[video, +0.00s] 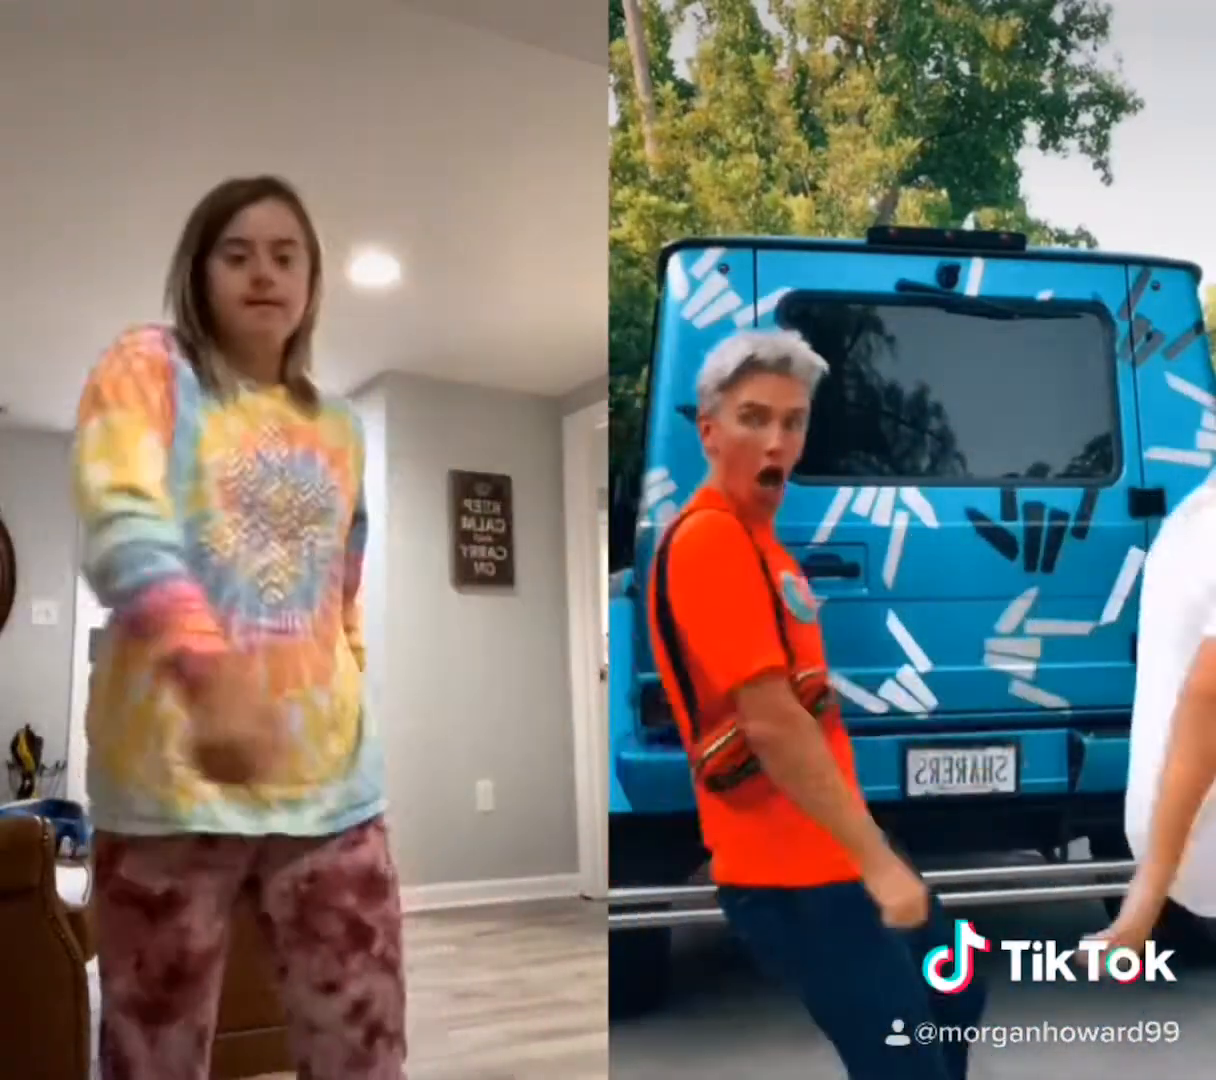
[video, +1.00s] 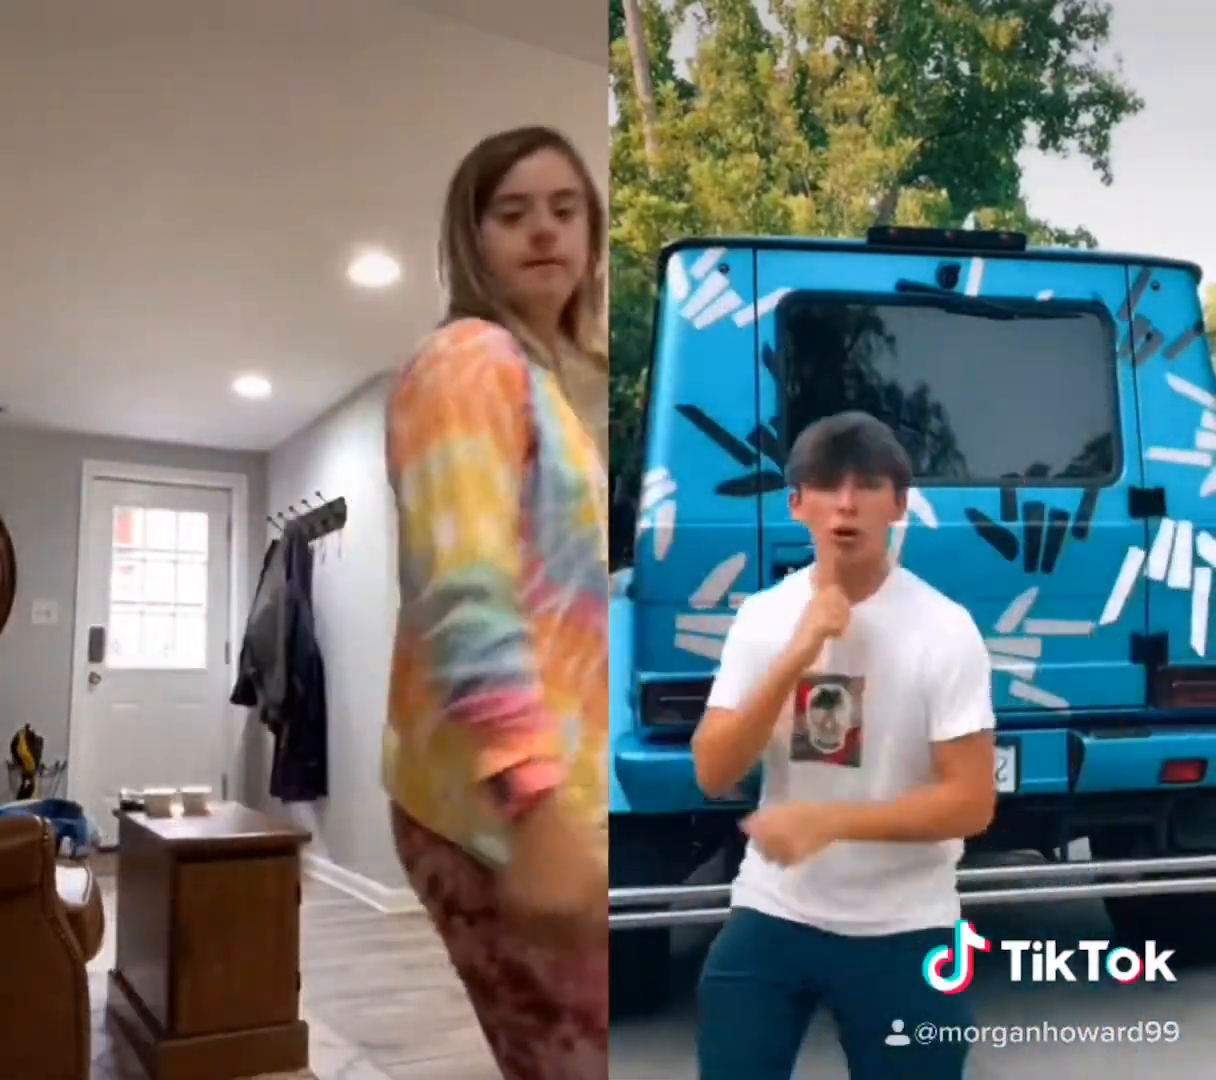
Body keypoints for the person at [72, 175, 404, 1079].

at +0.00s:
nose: (264, 274)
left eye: (286, 255)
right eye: (237, 253)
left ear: (312, 281)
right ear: (198, 276)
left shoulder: (340, 427)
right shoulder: (145, 366)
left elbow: (343, 596)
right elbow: (120, 530)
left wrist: (340, 707)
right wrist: (209, 672)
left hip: (328, 790)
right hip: (169, 793)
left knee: (362, 1054)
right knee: (156, 1060)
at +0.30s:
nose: (347, 282)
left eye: (369, 263)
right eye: (319, 263)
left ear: (395, 292)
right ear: (280, 288)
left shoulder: (428, 443)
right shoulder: (223, 429)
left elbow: (452, 632)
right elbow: (197, 626)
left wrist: (467, 781)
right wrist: (264, 792)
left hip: (418, 822)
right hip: (262, 831)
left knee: (495, 1063)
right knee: (228, 1067)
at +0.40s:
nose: (394, 292)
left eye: (415, 273)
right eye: (366, 274)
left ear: (443, 300)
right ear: (329, 301)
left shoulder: (481, 452)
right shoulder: (279, 445)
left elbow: (522, 636)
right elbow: (221, 646)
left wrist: (551, 794)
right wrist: (203, 833)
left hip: (481, 840)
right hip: (320, 850)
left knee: (563, 1068)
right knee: (300, 1069)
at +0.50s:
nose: (435, 281)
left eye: (457, 260)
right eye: (407, 262)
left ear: (485, 291)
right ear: (369, 290)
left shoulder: (526, 443)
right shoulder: (324, 441)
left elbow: (574, 654)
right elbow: (246, 637)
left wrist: (655, 799)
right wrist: (189, 814)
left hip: (542, 839)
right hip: (397, 846)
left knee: (576, 1067)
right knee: (419, 1067)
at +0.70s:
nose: (501, 254)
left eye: (523, 232)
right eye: (471, 234)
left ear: (551, 261)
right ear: (431, 261)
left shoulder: (585, 420)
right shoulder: (385, 421)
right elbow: (332, 628)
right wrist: (309, 801)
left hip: (582, 793)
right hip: (457, 801)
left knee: (582, 1053)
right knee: (563, 1056)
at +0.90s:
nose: (539, 239)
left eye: (561, 216)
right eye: (508, 220)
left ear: (591, 243)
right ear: (467, 246)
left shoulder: (575, 396)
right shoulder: (444, 389)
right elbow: (419, 622)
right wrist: (454, 828)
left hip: (590, 821)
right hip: (519, 830)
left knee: (581, 1060)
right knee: (570, 1064)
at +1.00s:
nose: (544, 233)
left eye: (565, 209)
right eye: (513, 213)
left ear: (593, 233)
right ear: (473, 239)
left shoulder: (541, 372)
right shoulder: (468, 358)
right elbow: (464, 591)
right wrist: (537, 798)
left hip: (544, 793)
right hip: (496, 806)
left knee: (565, 1058)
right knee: (561, 1061)